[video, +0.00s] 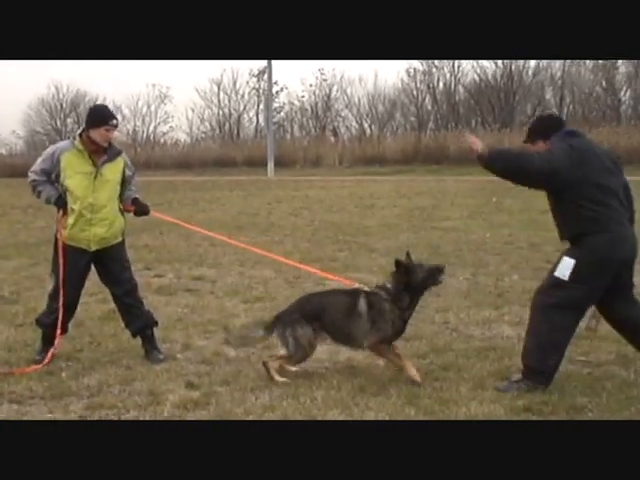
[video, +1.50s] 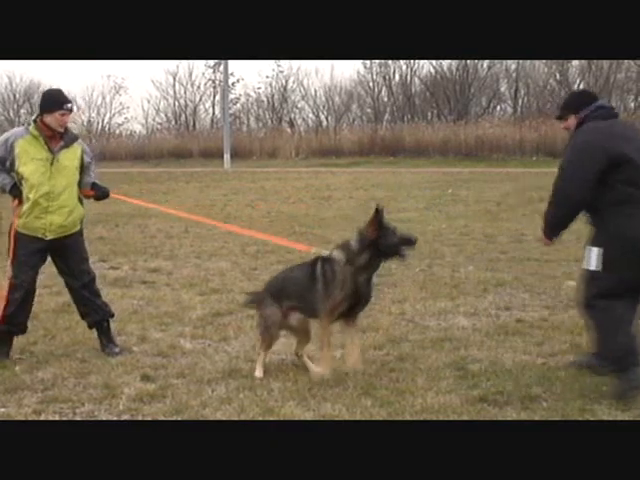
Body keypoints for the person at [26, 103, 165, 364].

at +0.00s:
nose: (111, 134)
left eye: (113, 129)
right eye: (107, 129)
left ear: (112, 130)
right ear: (90, 128)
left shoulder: (118, 157)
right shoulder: (61, 152)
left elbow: (128, 186)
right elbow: (37, 178)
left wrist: (132, 202)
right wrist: (56, 197)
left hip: (110, 238)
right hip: (73, 239)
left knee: (127, 291)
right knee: (65, 295)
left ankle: (149, 342)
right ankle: (48, 344)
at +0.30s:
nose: (103, 127)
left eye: (105, 122)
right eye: (99, 121)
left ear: (104, 123)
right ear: (82, 121)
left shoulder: (111, 151)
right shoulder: (52, 146)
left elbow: (121, 183)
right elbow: (29, 169)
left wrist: (130, 193)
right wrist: (45, 189)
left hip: (101, 233)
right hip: (63, 234)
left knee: (118, 286)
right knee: (52, 291)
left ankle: (139, 339)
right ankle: (35, 340)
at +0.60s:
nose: (90, 123)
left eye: (91, 118)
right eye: (85, 117)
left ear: (87, 119)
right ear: (68, 117)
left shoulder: (92, 147)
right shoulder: (39, 142)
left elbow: (98, 175)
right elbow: (11, 169)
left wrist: (102, 188)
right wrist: (35, 190)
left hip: (86, 232)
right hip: (52, 233)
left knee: (102, 285)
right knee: (40, 290)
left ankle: (124, 338)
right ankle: (19, 338)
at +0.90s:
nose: (80, 121)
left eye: (82, 116)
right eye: (76, 115)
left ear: (81, 118)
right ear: (58, 116)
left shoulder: (86, 146)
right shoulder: (29, 141)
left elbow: (94, 178)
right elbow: (4, 169)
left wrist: (99, 188)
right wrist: (26, 187)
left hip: (78, 231)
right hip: (41, 232)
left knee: (94, 283)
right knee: (31, 288)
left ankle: (116, 337)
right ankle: (10, 338)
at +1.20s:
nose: (78, 117)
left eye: (81, 112)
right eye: (74, 111)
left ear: (80, 114)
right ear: (57, 111)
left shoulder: (89, 143)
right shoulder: (27, 136)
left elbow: (98, 174)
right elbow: (6, 160)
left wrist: (104, 185)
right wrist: (20, 180)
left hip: (76, 225)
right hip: (37, 226)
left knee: (90, 279)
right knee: (25, 282)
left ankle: (110, 333)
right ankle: (6, 333)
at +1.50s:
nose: (66, 118)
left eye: (68, 113)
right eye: (61, 113)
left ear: (70, 115)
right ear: (44, 114)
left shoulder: (77, 147)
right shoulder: (15, 140)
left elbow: (87, 176)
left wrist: (91, 189)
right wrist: (12, 187)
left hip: (68, 229)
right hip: (29, 229)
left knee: (83, 282)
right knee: (21, 285)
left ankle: (106, 336)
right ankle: (5, 342)